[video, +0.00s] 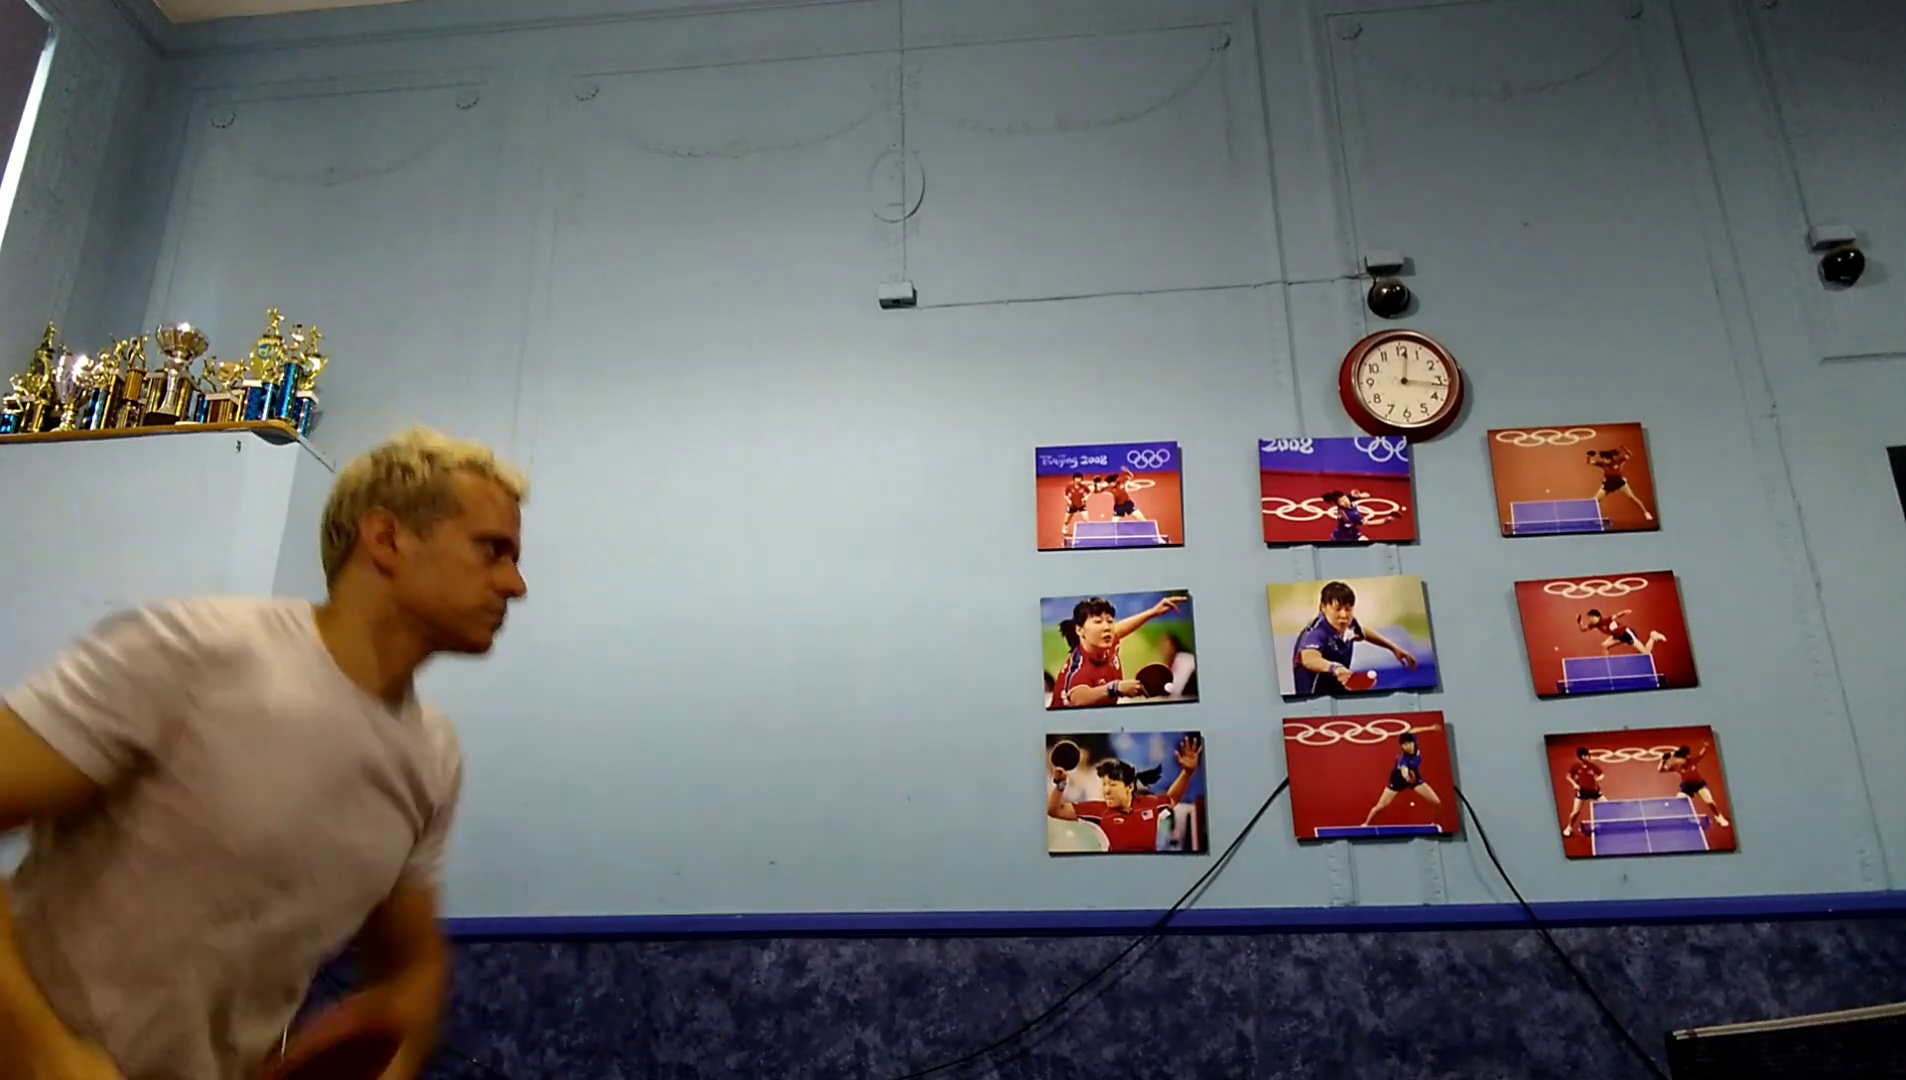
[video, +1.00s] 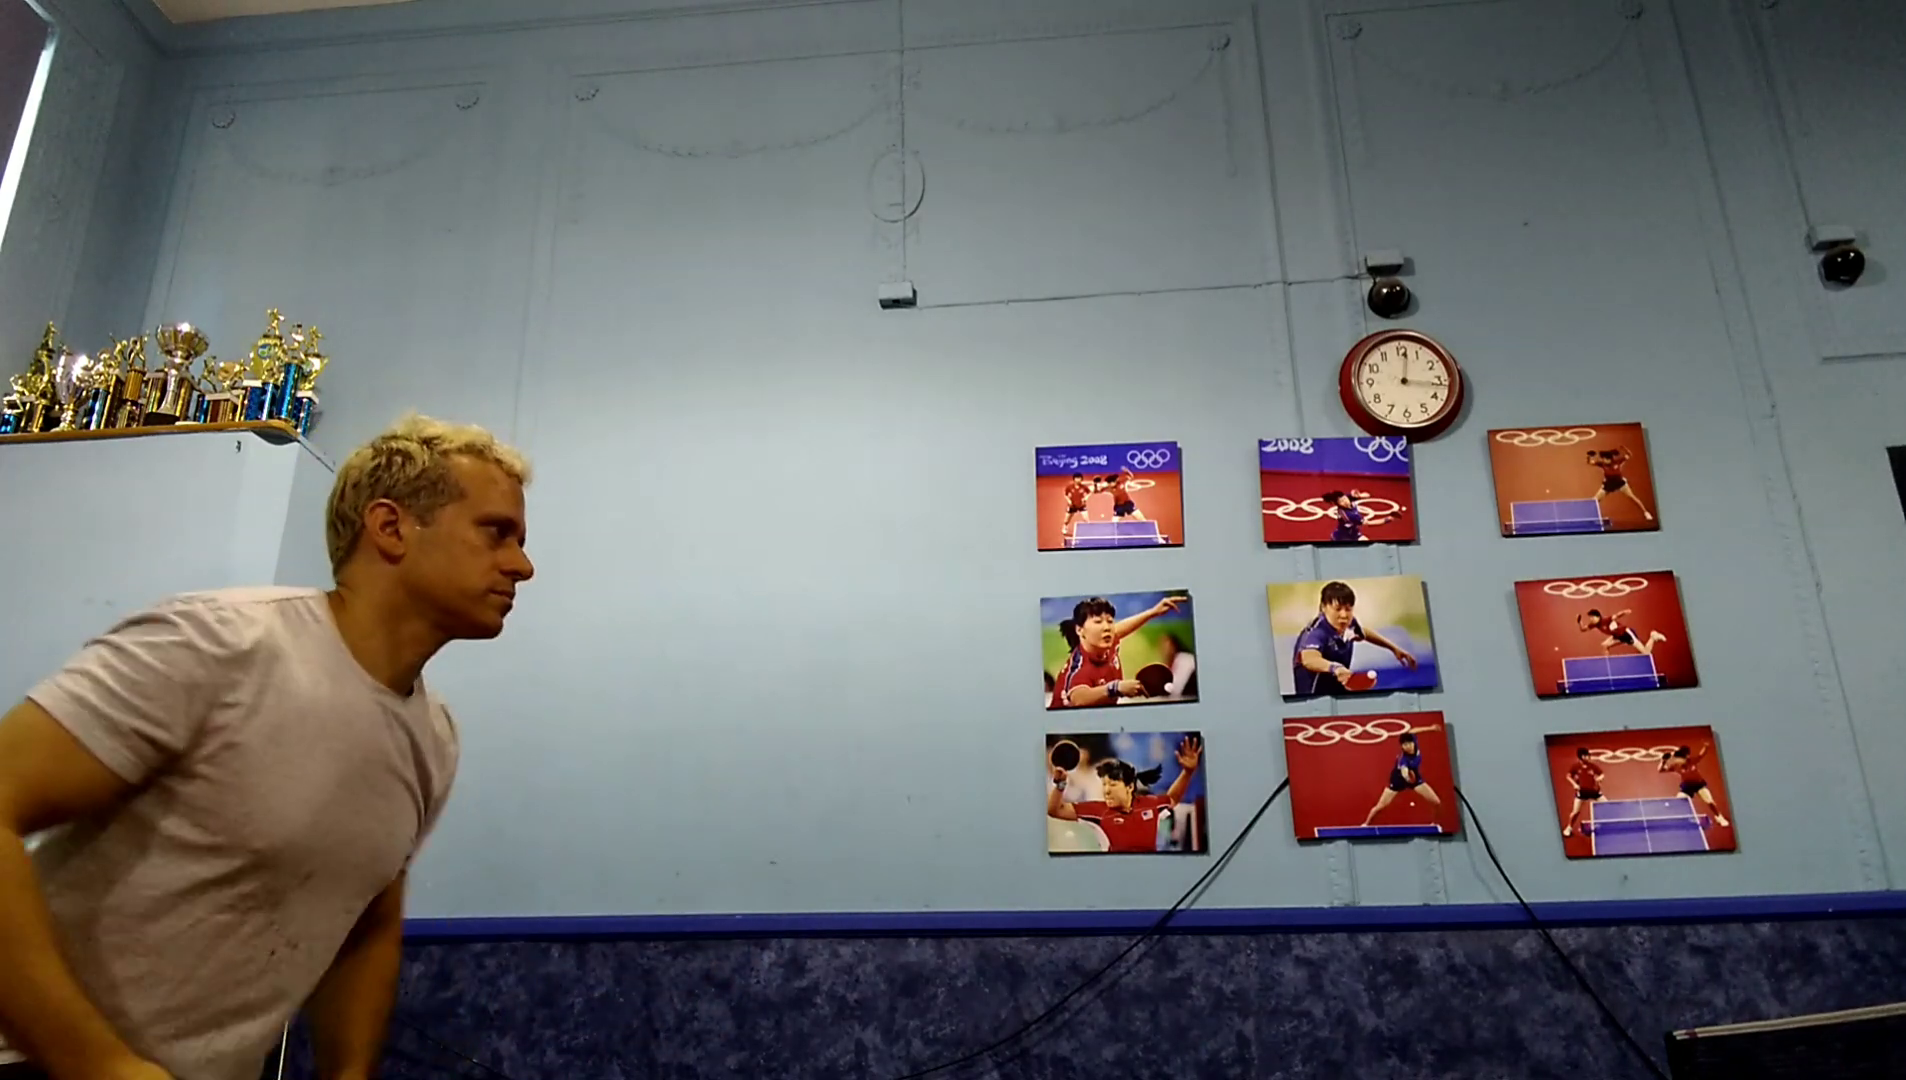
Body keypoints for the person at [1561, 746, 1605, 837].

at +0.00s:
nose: (1588, 758)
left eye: (1588, 755)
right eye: (1586, 756)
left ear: (1588, 756)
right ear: (1581, 757)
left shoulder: (1592, 766)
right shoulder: (1576, 766)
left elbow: (1602, 774)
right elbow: (1568, 776)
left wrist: (1598, 779)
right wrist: (1574, 784)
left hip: (1594, 791)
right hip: (1582, 791)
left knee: (1607, 806)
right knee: (1576, 812)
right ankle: (1569, 827)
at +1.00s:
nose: (1587, 758)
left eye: (1588, 755)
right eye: (1585, 756)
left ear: (1588, 756)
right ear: (1581, 757)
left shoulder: (1592, 766)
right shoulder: (1576, 767)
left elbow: (1602, 774)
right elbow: (1568, 776)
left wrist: (1598, 779)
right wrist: (1574, 784)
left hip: (1594, 791)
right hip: (1582, 791)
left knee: (1607, 806)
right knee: (1576, 812)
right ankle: (1569, 827)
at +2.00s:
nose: (1588, 758)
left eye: (1588, 755)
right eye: (1586, 756)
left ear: (1588, 756)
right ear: (1581, 757)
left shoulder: (1592, 766)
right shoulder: (1576, 767)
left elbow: (1602, 774)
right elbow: (1568, 776)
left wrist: (1598, 779)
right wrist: (1574, 784)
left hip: (1594, 791)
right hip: (1582, 791)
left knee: (1607, 806)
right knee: (1576, 812)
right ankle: (1569, 827)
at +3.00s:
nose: (1588, 758)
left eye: (1588, 755)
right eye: (1586, 756)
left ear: (1588, 756)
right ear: (1581, 757)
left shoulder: (1592, 766)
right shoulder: (1576, 767)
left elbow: (1602, 774)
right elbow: (1568, 776)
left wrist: (1598, 779)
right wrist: (1574, 784)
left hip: (1594, 791)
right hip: (1582, 791)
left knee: (1607, 806)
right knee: (1576, 812)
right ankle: (1569, 827)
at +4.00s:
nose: (1587, 758)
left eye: (1588, 755)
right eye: (1585, 755)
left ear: (1589, 756)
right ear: (1581, 757)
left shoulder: (1592, 766)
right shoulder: (1576, 766)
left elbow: (1602, 774)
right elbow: (1568, 776)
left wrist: (1598, 779)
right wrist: (1574, 785)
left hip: (1594, 791)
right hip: (1582, 791)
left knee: (1606, 806)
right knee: (1576, 811)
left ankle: (1606, 826)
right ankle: (1569, 827)